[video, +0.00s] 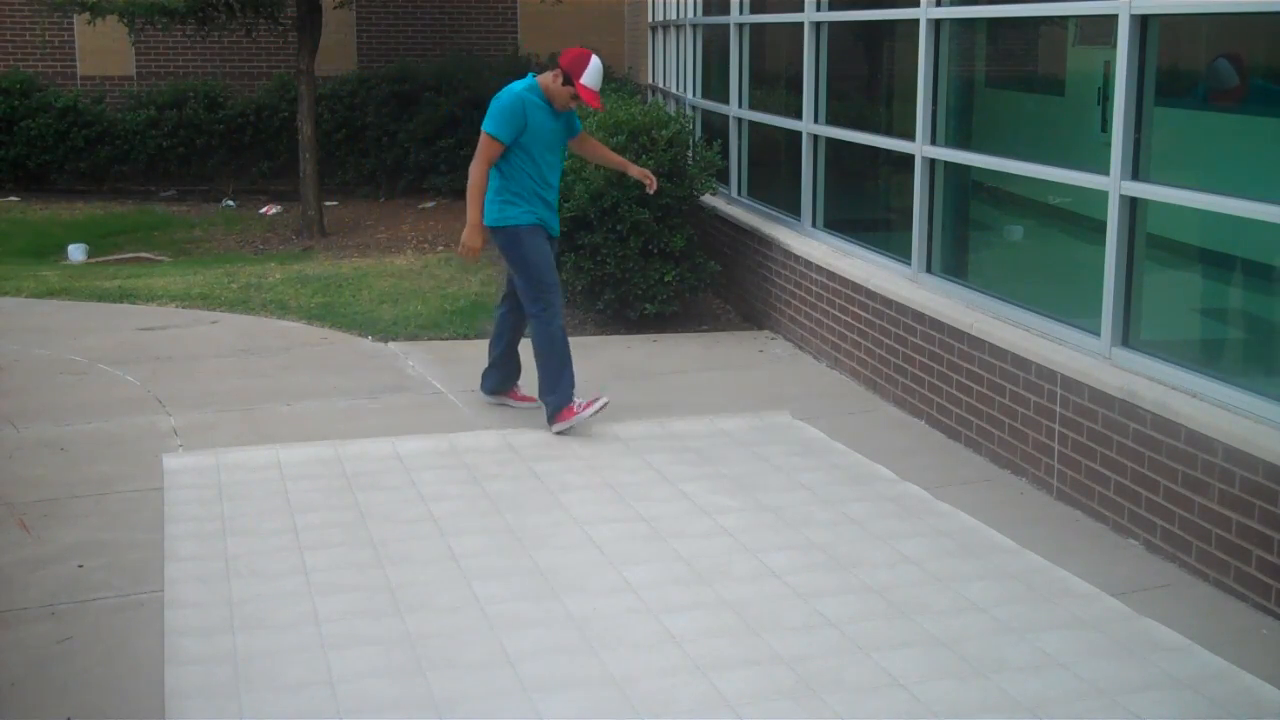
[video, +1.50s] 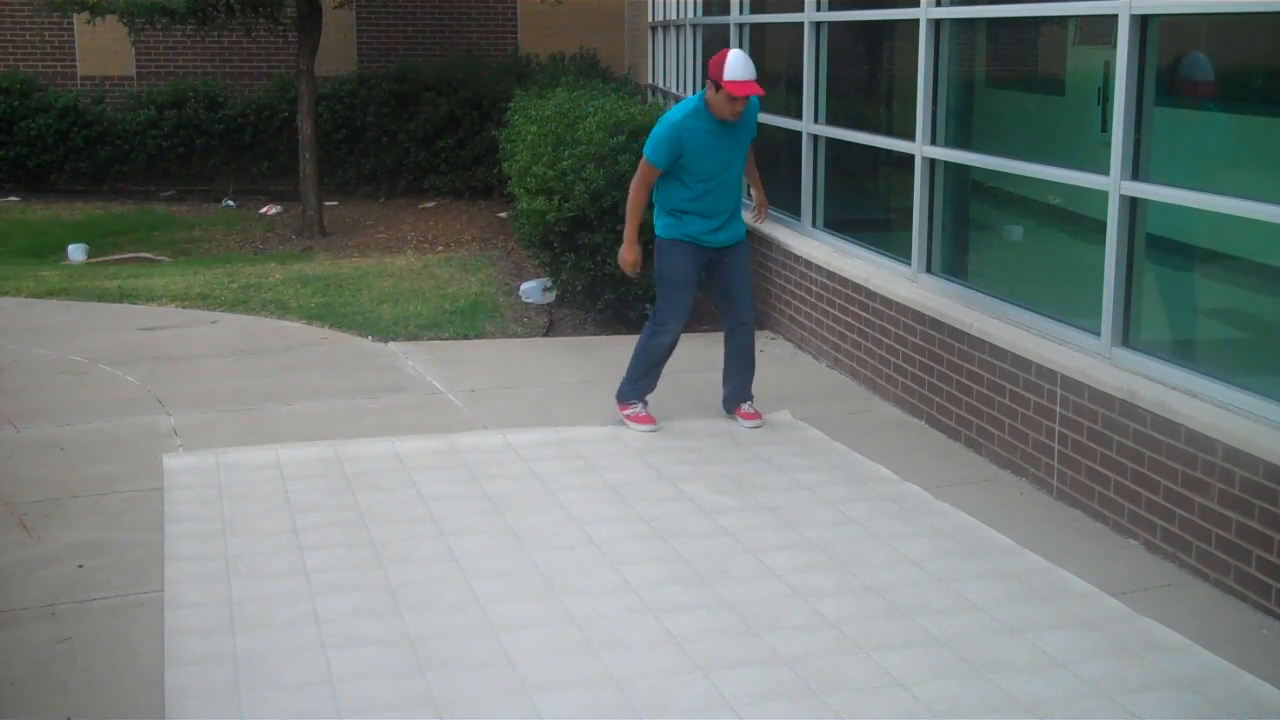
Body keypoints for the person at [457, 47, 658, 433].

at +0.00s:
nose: (574, 105)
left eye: (579, 101)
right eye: (574, 97)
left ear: (570, 85)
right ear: (558, 77)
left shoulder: (561, 110)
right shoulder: (513, 100)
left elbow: (584, 144)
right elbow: (479, 163)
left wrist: (630, 168)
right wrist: (474, 224)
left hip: (543, 220)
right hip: (512, 218)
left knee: (518, 302)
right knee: (546, 301)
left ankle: (498, 381)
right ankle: (559, 407)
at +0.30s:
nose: (625, 138)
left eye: (631, 133)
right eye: (624, 130)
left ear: (613, 105)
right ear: (608, 109)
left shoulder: (592, 96)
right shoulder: (569, 133)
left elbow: (544, 126)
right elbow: (536, 195)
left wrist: (518, 162)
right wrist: (567, 255)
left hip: (567, 222)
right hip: (536, 229)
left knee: (579, 302)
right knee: (565, 313)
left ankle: (519, 359)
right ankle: (567, 415)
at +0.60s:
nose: (639, 143)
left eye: (645, 139)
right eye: (639, 137)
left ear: (632, 110)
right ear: (624, 117)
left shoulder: (609, 94)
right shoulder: (584, 138)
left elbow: (561, 118)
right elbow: (562, 208)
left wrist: (542, 158)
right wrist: (598, 261)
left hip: (588, 214)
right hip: (548, 223)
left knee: (609, 304)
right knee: (571, 319)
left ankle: (612, 401)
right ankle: (566, 416)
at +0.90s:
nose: (633, 128)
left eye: (635, 121)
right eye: (627, 122)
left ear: (635, 109)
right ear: (601, 111)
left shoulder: (624, 121)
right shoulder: (564, 138)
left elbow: (640, 149)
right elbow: (549, 210)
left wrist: (669, 184)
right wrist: (568, 272)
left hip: (626, 232)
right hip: (583, 236)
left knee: (641, 316)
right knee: (593, 321)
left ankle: (664, 406)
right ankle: (567, 414)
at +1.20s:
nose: (658, 126)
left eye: (660, 117)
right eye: (650, 121)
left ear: (665, 104)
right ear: (626, 115)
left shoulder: (676, 111)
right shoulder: (598, 146)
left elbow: (699, 144)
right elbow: (563, 206)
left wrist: (734, 177)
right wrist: (543, 264)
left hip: (679, 235)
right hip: (629, 242)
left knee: (707, 317)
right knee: (616, 326)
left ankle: (737, 399)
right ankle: (570, 412)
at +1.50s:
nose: (741, 106)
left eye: (745, 99)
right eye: (734, 98)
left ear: (750, 92)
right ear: (711, 90)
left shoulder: (747, 113)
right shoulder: (675, 125)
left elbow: (745, 149)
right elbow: (641, 181)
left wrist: (757, 187)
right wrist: (630, 240)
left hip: (729, 232)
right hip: (679, 234)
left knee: (742, 319)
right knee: (670, 320)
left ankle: (739, 399)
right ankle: (630, 397)